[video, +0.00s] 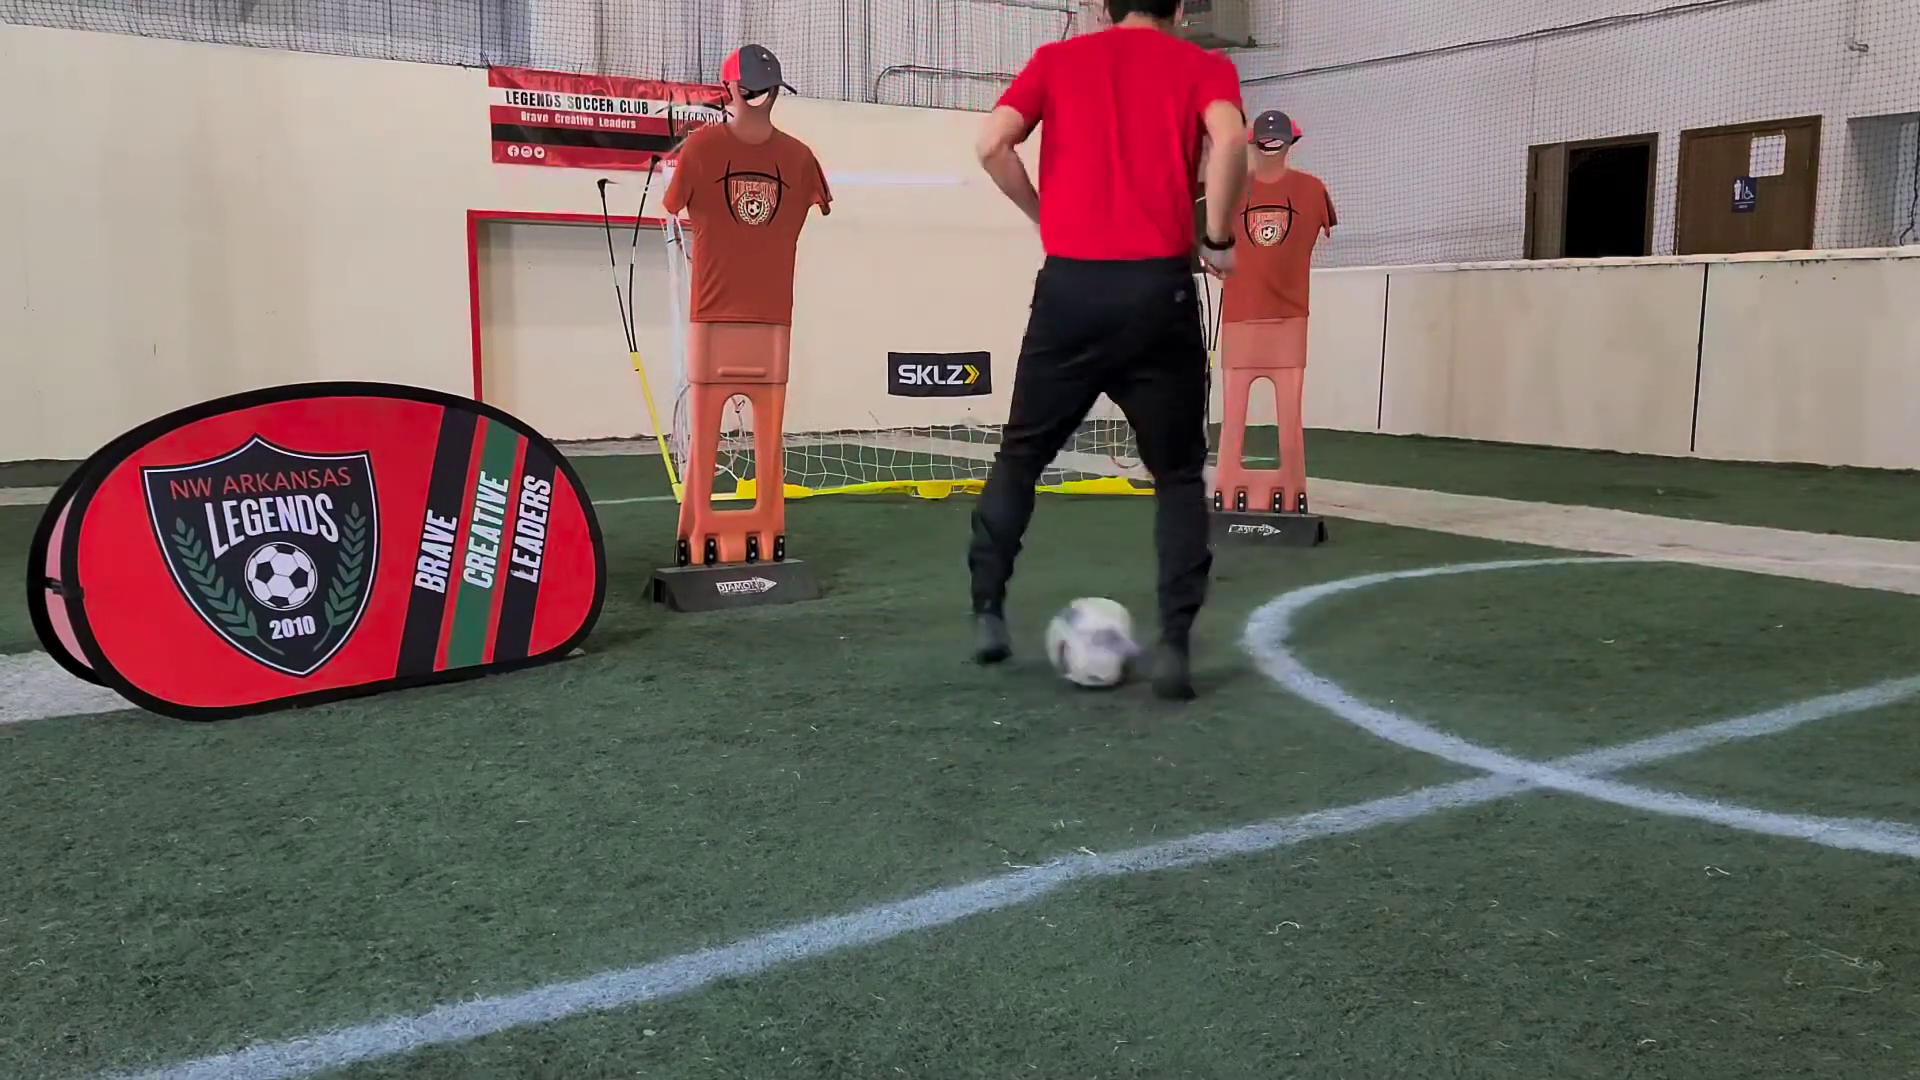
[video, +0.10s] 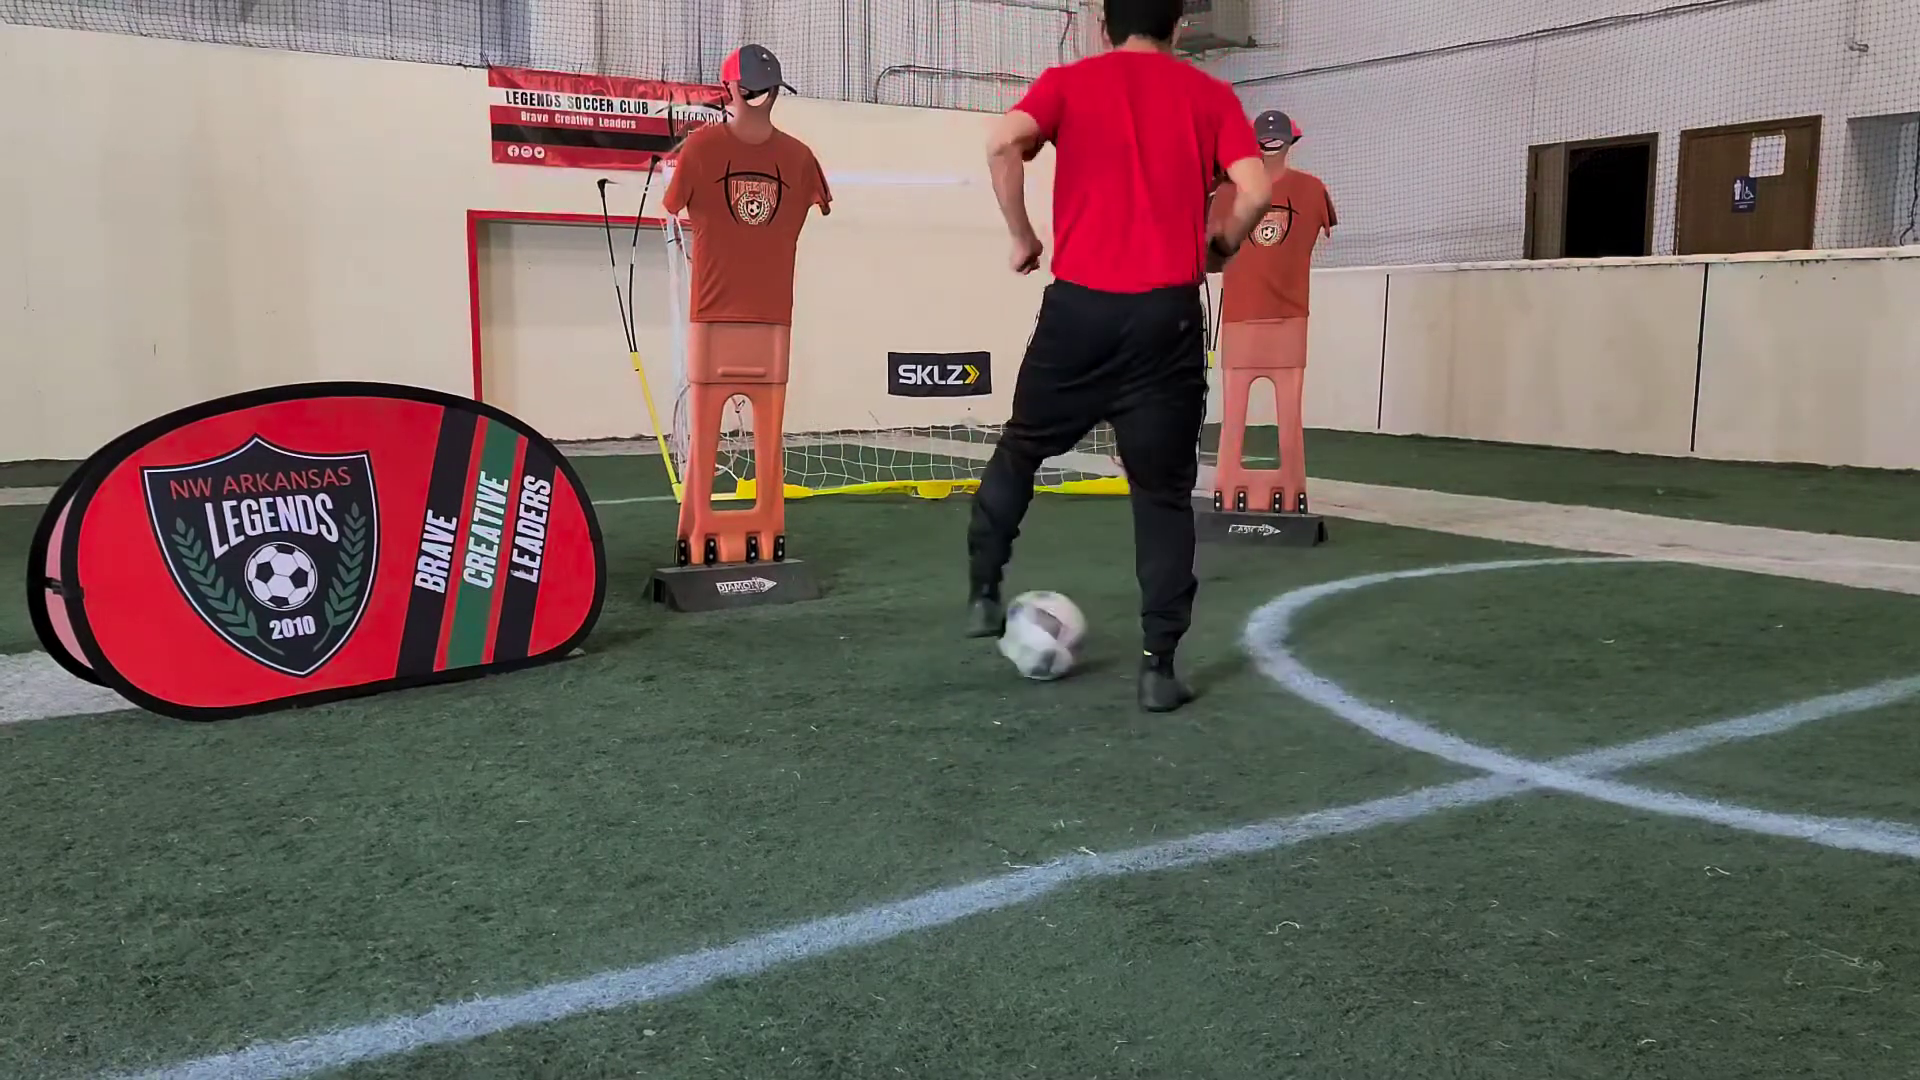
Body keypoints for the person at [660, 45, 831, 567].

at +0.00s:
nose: (759, 96)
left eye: (766, 87)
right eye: (749, 87)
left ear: (776, 88)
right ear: (729, 87)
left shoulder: (796, 152)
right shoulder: (702, 145)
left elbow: (798, 219)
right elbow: (676, 210)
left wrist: (756, 238)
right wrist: (723, 229)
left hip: (772, 302)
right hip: (712, 303)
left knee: (770, 417)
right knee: (705, 417)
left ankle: (768, 531)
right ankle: (697, 531)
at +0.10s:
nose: (759, 96)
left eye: (766, 87)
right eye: (749, 87)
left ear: (776, 88)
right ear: (729, 88)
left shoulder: (797, 153)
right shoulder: (701, 146)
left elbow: (802, 215)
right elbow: (674, 209)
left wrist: (757, 237)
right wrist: (721, 229)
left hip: (772, 304)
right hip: (712, 304)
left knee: (770, 421)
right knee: (704, 422)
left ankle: (768, 533)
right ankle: (696, 534)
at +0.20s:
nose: (760, 96)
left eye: (766, 87)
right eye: (750, 87)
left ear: (775, 88)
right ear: (729, 88)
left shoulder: (797, 153)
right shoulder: (702, 145)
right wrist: (725, 228)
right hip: (713, 303)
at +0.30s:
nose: (759, 96)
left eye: (766, 87)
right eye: (749, 87)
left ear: (776, 88)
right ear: (729, 88)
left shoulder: (797, 153)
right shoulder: (701, 146)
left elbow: (801, 215)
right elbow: (674, 209)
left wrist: (756, 237)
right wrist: (720, 229)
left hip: (772, 304)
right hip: (712, 304)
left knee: (770, 421)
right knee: (704, 422)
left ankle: (768, 533)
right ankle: (696, 533)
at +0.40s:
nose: (759, 95)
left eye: (766, 87)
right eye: (749, 87)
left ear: (776, 88)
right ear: (729, 88)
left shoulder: (797, 153)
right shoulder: (701, 146)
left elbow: (801, 215)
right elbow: (674, 209)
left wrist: (756, 237)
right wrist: (720, 229)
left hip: (772, 304)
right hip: (712, 304)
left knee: (770, 421)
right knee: (704, 422)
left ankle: (768, 533)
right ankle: (697, 533)